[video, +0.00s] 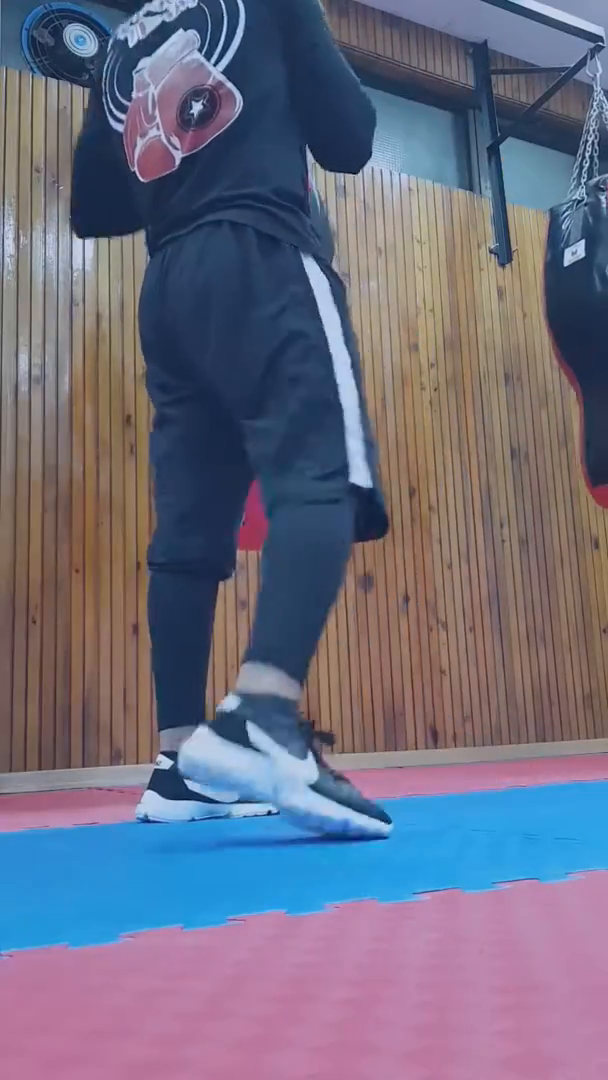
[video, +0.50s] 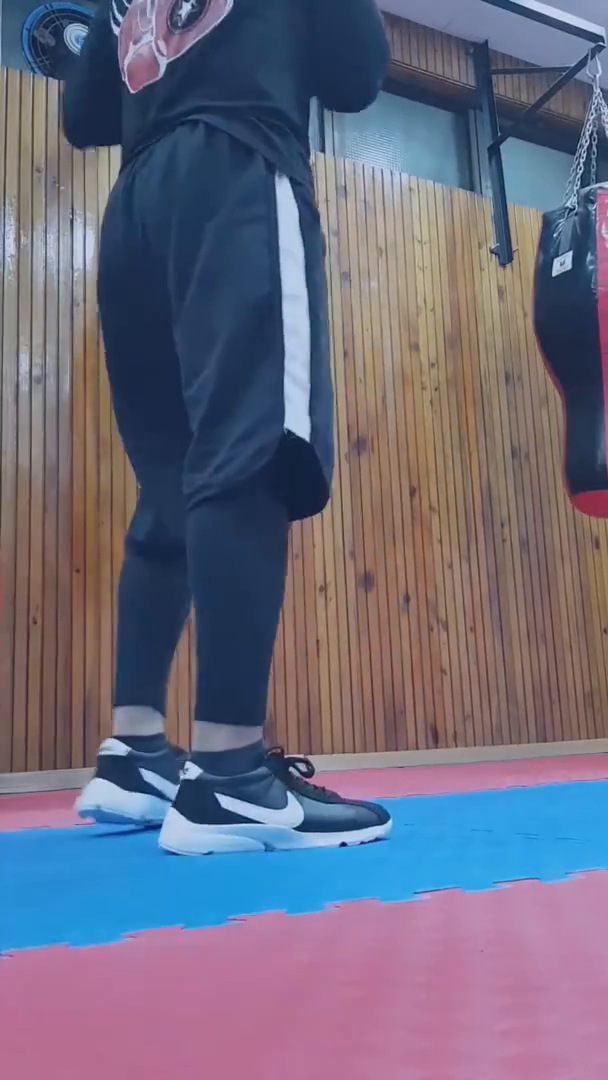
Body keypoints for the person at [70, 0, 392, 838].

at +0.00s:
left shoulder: (121, 53)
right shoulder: (273, 4)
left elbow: (93, 208)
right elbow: (347, 140)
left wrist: (197, 160)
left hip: (166, 278)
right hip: (260, 254)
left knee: (186, 527)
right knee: (316, 491)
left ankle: (181, 761)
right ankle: (267, 713)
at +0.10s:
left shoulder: (122, 27)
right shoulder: (287, 1)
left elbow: (92, 174)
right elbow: (346, 128)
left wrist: (172, 232)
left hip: (164, 257)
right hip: (259, 240)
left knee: (192, 508)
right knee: (274, 486)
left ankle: (188, 757)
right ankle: (240, 751)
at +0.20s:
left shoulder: (147, 17)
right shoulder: (304, 1)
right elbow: (371, 110)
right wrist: (269, 81)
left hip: (154, 237)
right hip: (256, 217)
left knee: (178, 504)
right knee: (250, 478)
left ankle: (184, 766)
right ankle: (235, 763)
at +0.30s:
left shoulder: (145, 13)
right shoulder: (296, 0)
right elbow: (389, 89)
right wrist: (285, 47)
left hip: (143, 202)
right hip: (245, 183)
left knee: (168, 486)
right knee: (240, 467)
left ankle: (184, 766)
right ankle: (230, 766)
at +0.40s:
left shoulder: (145, 10)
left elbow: (82, 130)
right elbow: (372, 81)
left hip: (135, 193)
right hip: (233, 175)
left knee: (171, 482)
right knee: (237, 464)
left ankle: (169, 760)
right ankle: (232, 771)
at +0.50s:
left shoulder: (133, 7)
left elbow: (88, 119)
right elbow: (352, 80)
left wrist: (91, 39)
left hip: (134, 189)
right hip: (237, 174)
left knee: (170, 484)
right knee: (244, 467)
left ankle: (134, 755)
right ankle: (231, 771)